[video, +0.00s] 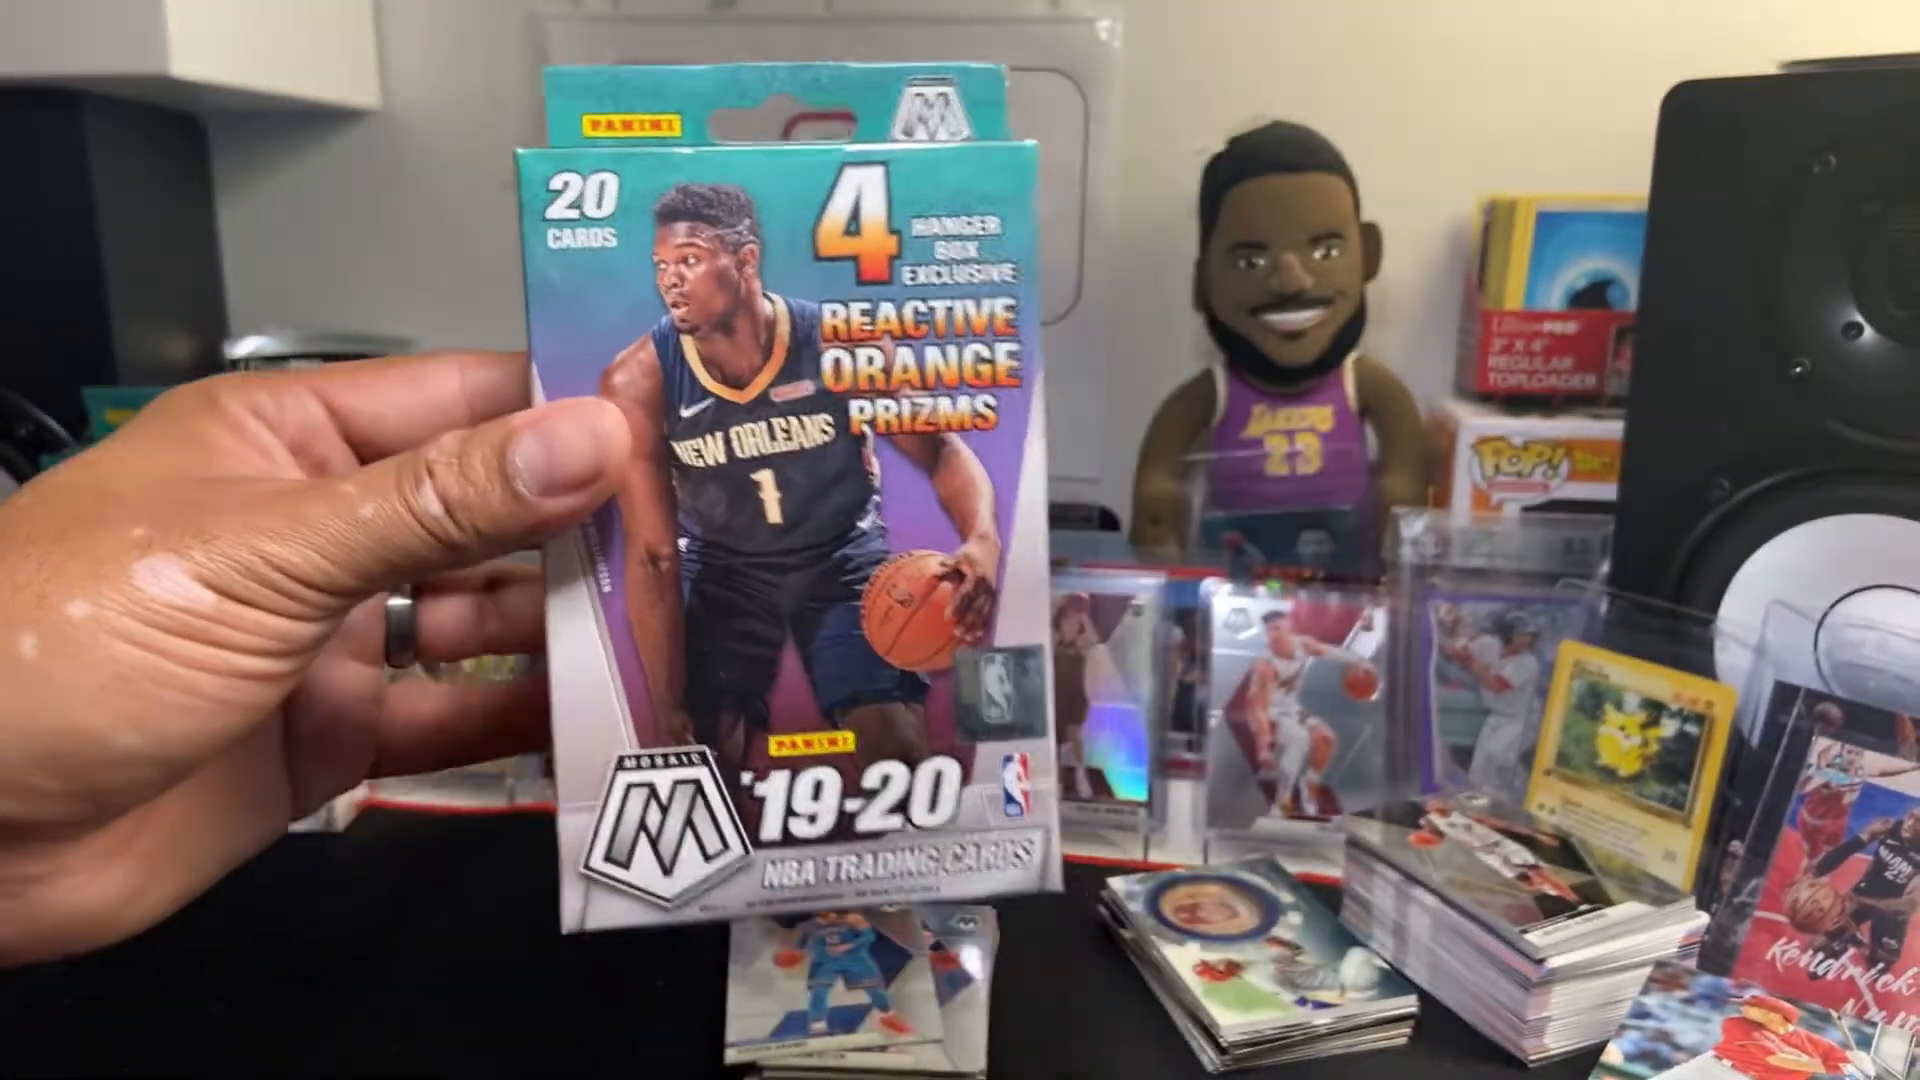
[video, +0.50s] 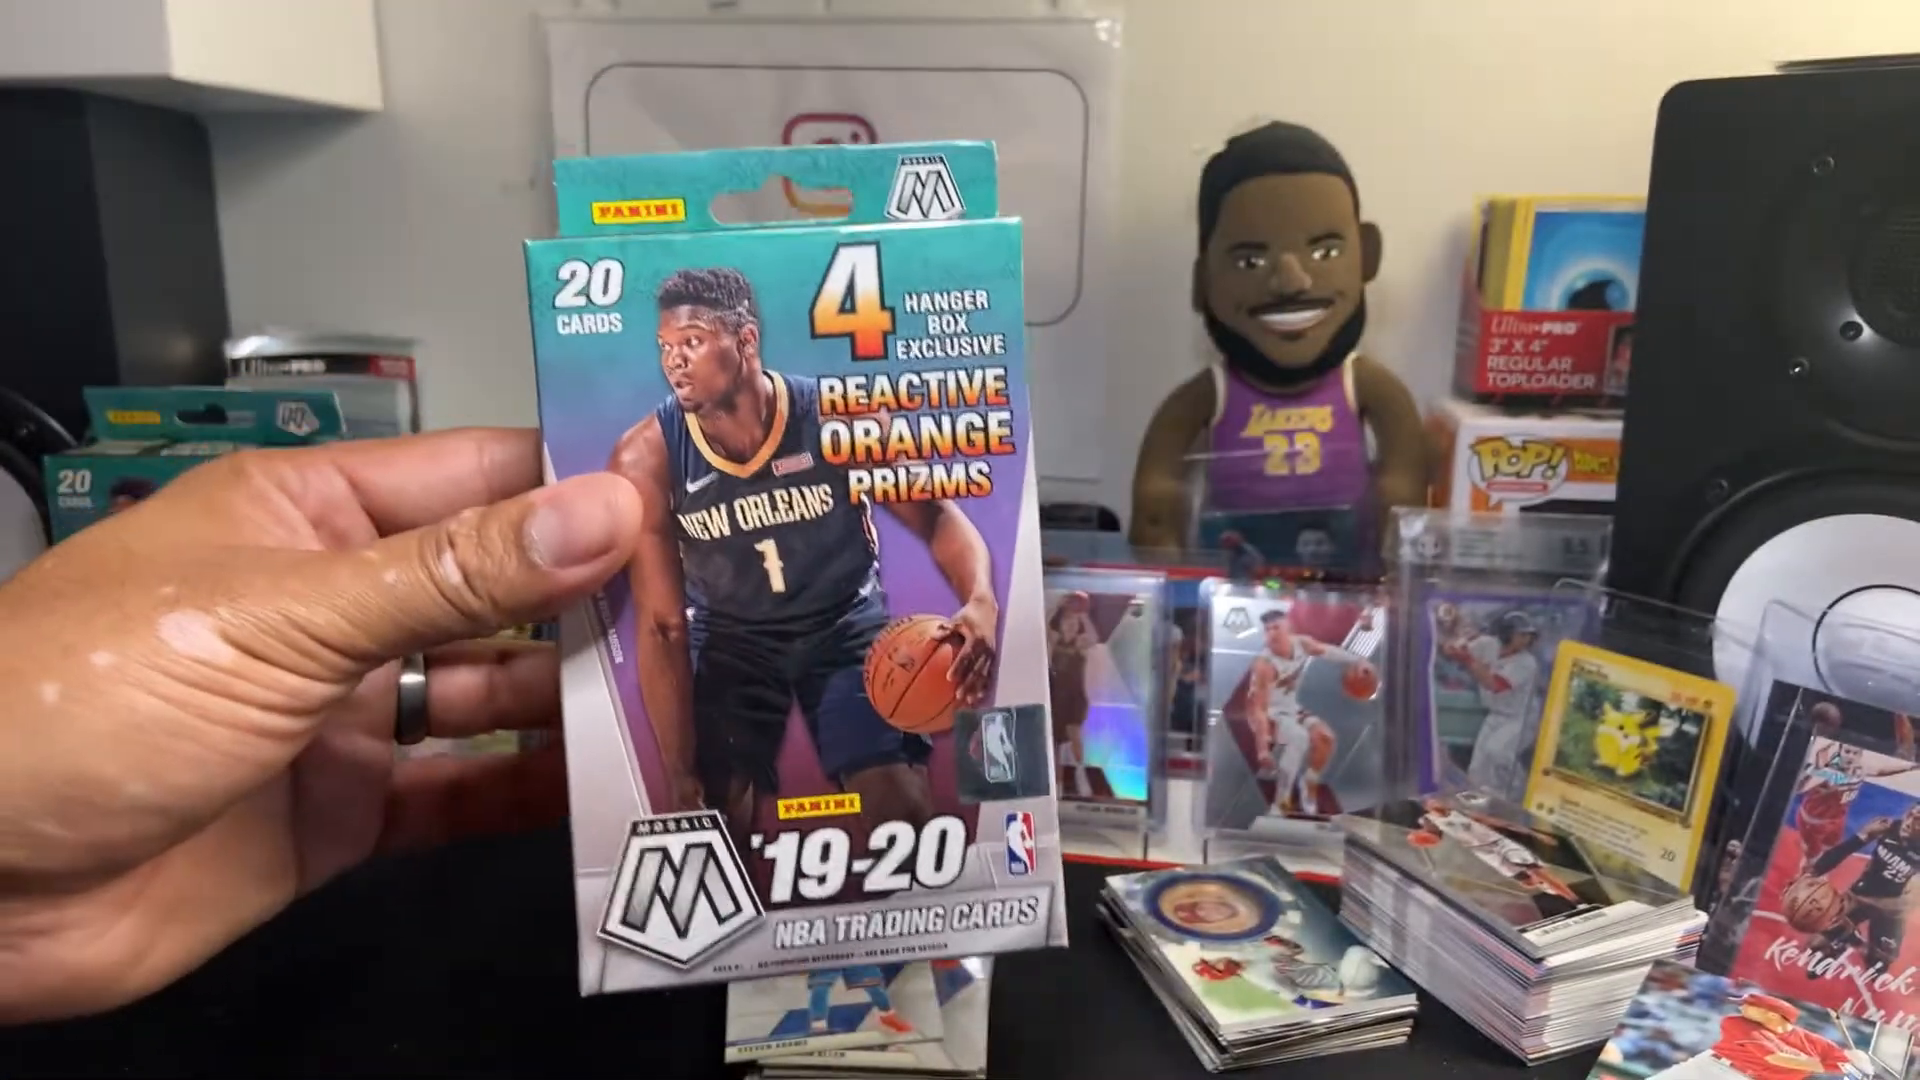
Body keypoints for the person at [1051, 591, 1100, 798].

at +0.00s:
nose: (1075, 616)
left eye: (1079, 612)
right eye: (1072, 611)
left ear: (1083, 614)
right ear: (1065, 610)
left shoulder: (1082, 630)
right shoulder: (1054, 628)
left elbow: (1093, 639)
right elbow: (1046, 649)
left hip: (1075, 692)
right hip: (1053, 692)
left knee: (1075, 734)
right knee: (1054, 740)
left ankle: (1080, 775)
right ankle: (1055, 779)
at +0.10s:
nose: (1077, 616)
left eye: (1081, 612)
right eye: (1074, 611)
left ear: (1084, 613)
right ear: (1066, 610)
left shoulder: (1081, 637)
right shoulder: (1053, 631)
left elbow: (1094, 638)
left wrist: (1085, 617)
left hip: (1075, 693)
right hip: (1054, 693)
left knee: (1075, 736)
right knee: (1055, 742)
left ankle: (1081, 776)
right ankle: (1056, 782)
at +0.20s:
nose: (1075, 615)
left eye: (1079, 611)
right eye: (1073, 610)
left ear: (1083, 613)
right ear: (1065, 609)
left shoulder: (1083, 632)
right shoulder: (1053, 630)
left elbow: (1093, 638)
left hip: (1075, 693)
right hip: (1053, 693)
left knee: (1074, 735)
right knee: (1054, 742)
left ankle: (1081, 776)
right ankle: (1056, 781)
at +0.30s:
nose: (1074, 614)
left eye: (1079, 609)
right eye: (1071, 608)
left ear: (1084, 612)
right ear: (1063, 609)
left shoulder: (1082, 637)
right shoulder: (1052, 633)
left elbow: (1093, 638)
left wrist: (1084, 616)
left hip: (1074, 692)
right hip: (1052, 692)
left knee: (1074, 733)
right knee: (1053, 742)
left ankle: (1081, 774)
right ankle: (1056, 783)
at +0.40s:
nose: (1072, 619)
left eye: (1077, 613)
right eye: (1069, 614)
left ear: (1082, 616)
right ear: (1061, 616)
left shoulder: (1080, 641)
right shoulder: (1053, 638)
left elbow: (1093, 638)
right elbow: (1042, 625)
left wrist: (1084, 616)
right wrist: (1058, 606)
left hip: (1074, 693)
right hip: (1052, 694)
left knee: (1074, 732)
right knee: (1053, 743)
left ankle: (1081, 774)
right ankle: (1055, 782)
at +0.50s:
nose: (1073, 614)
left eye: (1078, 608)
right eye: (1070, 608)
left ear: (1084, 612)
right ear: (1063, 609)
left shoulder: (1081, 639)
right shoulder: (1053, 635)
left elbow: (1094, 638)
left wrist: (1084, 616)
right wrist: (1057, 609)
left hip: (1075, 691)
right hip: (1054, 692)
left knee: (1074, 731)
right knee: (1055, 740)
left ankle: (1081, 773)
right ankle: (1057, 781)